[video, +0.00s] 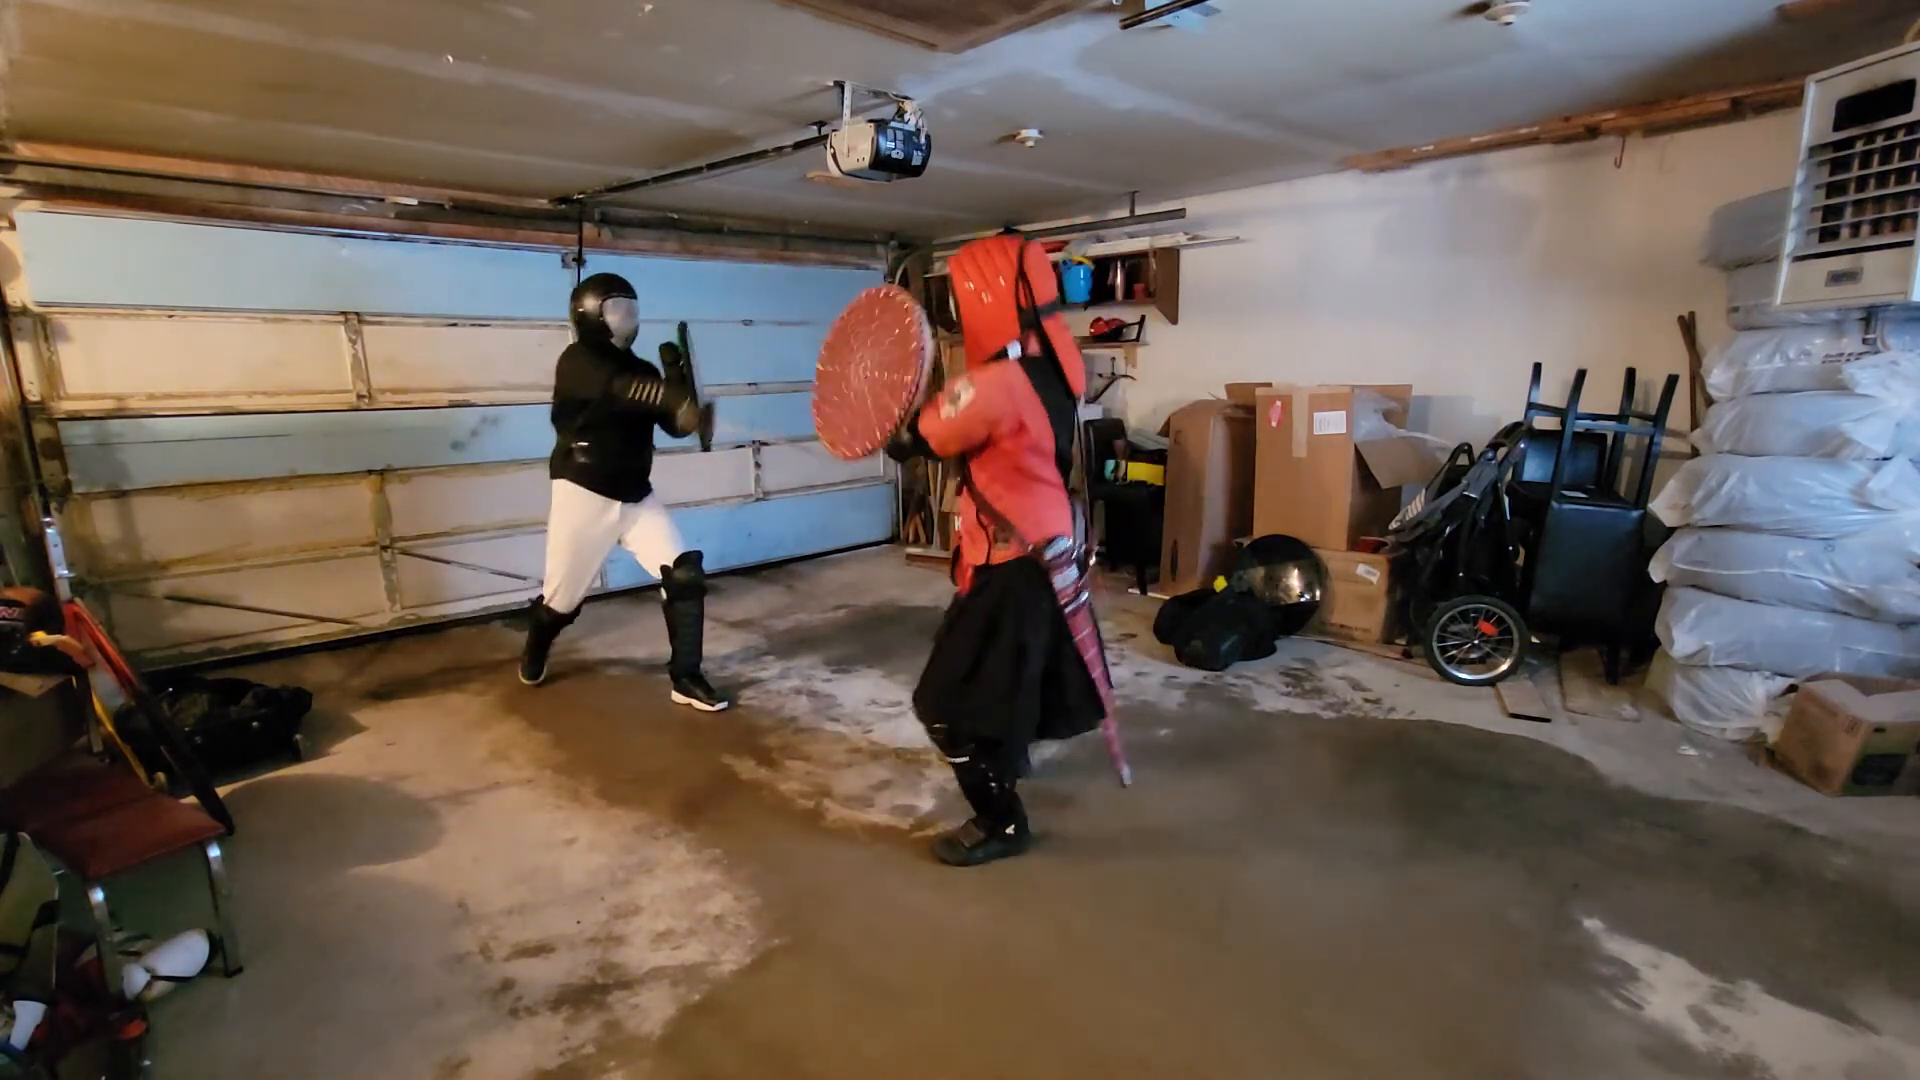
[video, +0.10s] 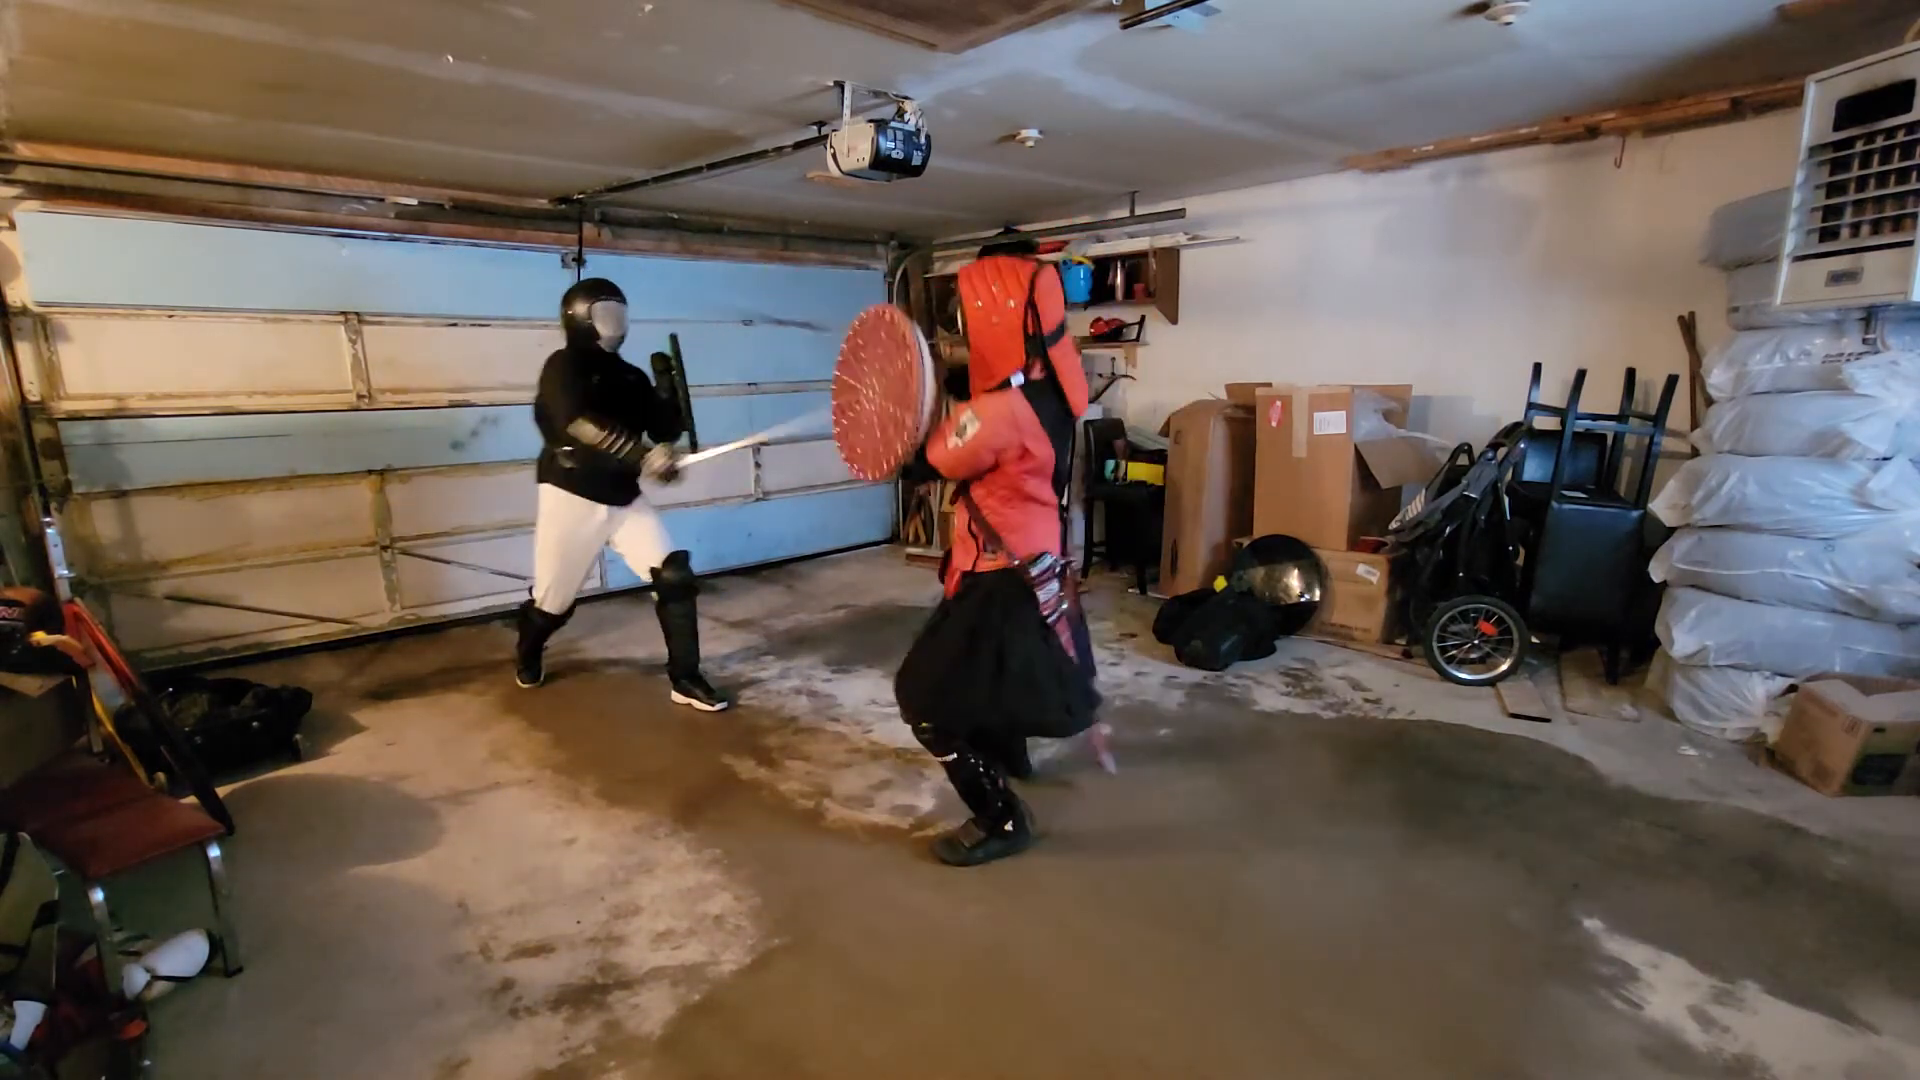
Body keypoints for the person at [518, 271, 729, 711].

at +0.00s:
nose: (630, 317)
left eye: (632, 308)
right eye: (620, 308)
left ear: (633, 313)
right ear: (593, 313)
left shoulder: (641, 370)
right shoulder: (579, 361)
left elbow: (677, 425)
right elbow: (623, 389)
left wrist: (677, 377)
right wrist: (678, 402)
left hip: (635, 497)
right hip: (582, 495)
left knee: (684, 572)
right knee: (561, 603)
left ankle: (686, 677)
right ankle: (535, 650)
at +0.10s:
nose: (619, 319)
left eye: (621, 310)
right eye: (608, 310)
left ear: (624, 315)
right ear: (581, 317)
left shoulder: (632, 378)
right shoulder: (563, 367)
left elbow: (664, 431)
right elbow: (571, 423)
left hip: (624, 500)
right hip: (570, 497)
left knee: (674, 575)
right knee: (553, 603)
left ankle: (686, 678)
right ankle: (528, 651)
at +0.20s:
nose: (603, 320)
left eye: (604, 310)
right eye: (593, 310)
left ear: (601, 315)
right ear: (565, 314)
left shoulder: (612, 374)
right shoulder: (540, 371)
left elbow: (645, 433)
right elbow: (534, 438)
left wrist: (653, 389)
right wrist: (588, 477)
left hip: (605, 496)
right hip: (549, 496)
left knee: (651, 576)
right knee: (537, 592)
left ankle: (684, 676)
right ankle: (530, 666)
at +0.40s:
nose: (575, 315)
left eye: (574, 306)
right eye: (566, 306)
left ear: (567, 311)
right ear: (538, 312)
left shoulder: (585, 369)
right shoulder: (503, 367)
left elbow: (616, 426)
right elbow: (481, 441)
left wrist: (625, 382)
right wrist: (526, 467)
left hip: (581, 489)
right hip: (526, 492)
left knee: (625, 561)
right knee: (526, 585)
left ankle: (628, 649)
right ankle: (532, 662)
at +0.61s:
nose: (557, 312)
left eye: (558, 303)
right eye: (548, 303)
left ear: (554, 308)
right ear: (520, 307)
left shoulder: (571, 363)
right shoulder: (488, 363)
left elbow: (608, 418)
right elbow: (461, 433)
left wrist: (614, 374)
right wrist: (498, 466)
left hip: (575, 486)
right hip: (520, 489)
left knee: (608, 575)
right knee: (525, 582)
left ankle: (599, 646)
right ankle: (531, 661)